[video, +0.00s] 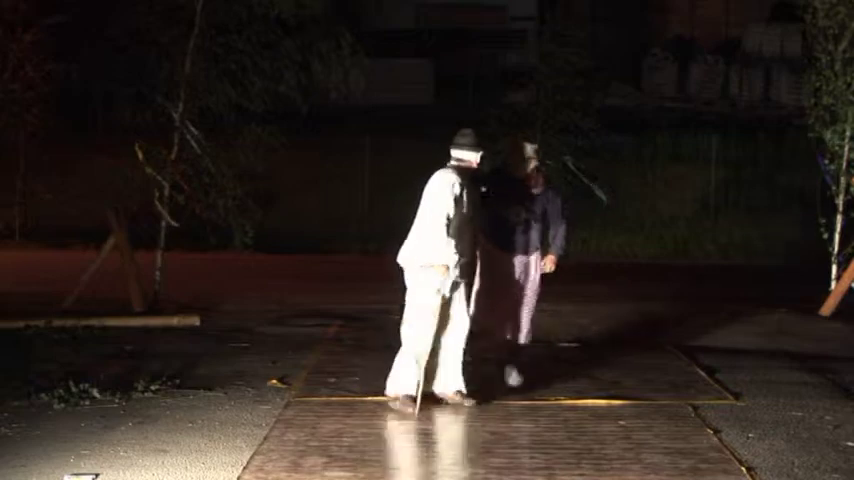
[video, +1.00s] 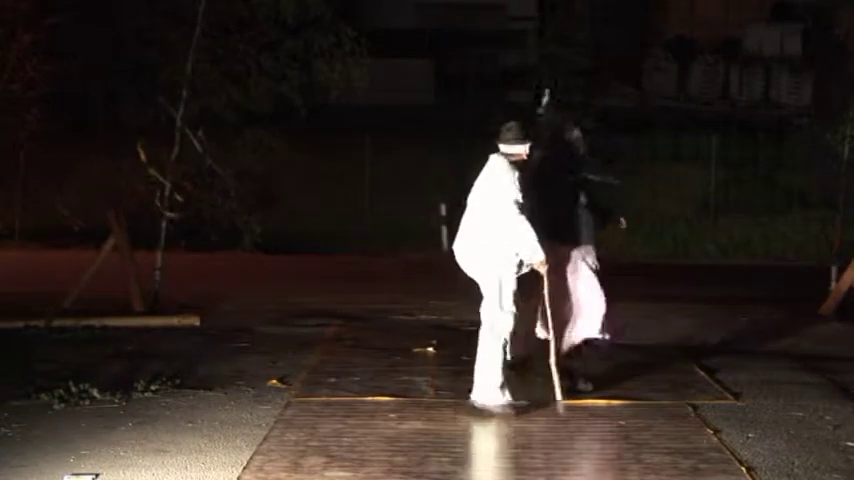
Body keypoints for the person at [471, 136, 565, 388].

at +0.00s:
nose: (524, 165)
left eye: (529, 160)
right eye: (520, 160)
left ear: (535, 161)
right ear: (510, 160)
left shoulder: (542, 189)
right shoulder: (497, 182)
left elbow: (556, 222)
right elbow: (484, 214)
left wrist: (553, 252)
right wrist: (482, 242)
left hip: (529, 254)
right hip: (496, 253)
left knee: (523, 308)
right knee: (490, 306)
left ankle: (513, 363)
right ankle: (483, 361)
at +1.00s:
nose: (526, 152)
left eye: (526, 147)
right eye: (523, 148)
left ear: (504, 147)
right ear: (515, 149)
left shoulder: (500, 169)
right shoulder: (502, 174)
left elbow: (508, 218)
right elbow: (511, 219)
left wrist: (526, 253)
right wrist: (534, 254)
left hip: (488, 253)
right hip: (488, 256)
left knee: (498, 318)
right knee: (497, 320)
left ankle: (489, 387)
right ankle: (487, 390)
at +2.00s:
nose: (536, 145)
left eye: (534, 139)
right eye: (530, 141)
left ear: (509, 145)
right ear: (515, 145)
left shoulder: (497, 175)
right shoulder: (522, 178)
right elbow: (542, 214)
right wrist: (571, 242)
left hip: (501, 260)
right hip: (521, 263)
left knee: (514, 320)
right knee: (530, 320)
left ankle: (517, 384)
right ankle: (524, 389)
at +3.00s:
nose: (442, 178)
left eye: (445, 172)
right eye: (436, 172)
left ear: (449, 176)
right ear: (421, 172)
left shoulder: (457, 210)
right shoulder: (397, 205)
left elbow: (482, 245)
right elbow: (370, 231)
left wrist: (476, 282)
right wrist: (364, 260)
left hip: (444, 291)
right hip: (403, 290)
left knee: (460, 345)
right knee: (385, 345)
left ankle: (463, 398)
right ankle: (367, 400)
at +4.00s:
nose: (543, 203)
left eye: (544, 197)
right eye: (539, 196)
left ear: (532, 195)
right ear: (518, 189)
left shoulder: (529, 221)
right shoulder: (472, 209)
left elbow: (554, 231)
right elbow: (436, 235)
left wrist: (577, 242)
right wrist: (423, 280)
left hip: (509, 306)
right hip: (462, 302)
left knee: (526, 365)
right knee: (431, 355)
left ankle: (545, 433)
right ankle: (395, 412)